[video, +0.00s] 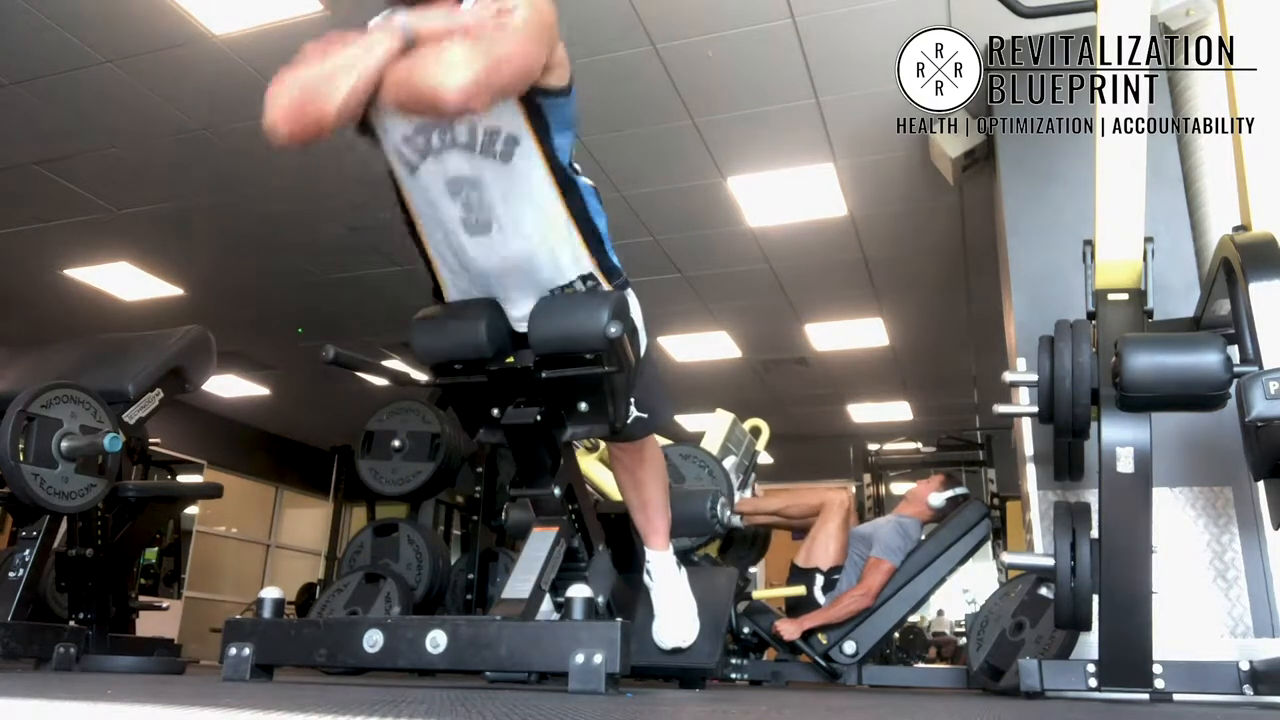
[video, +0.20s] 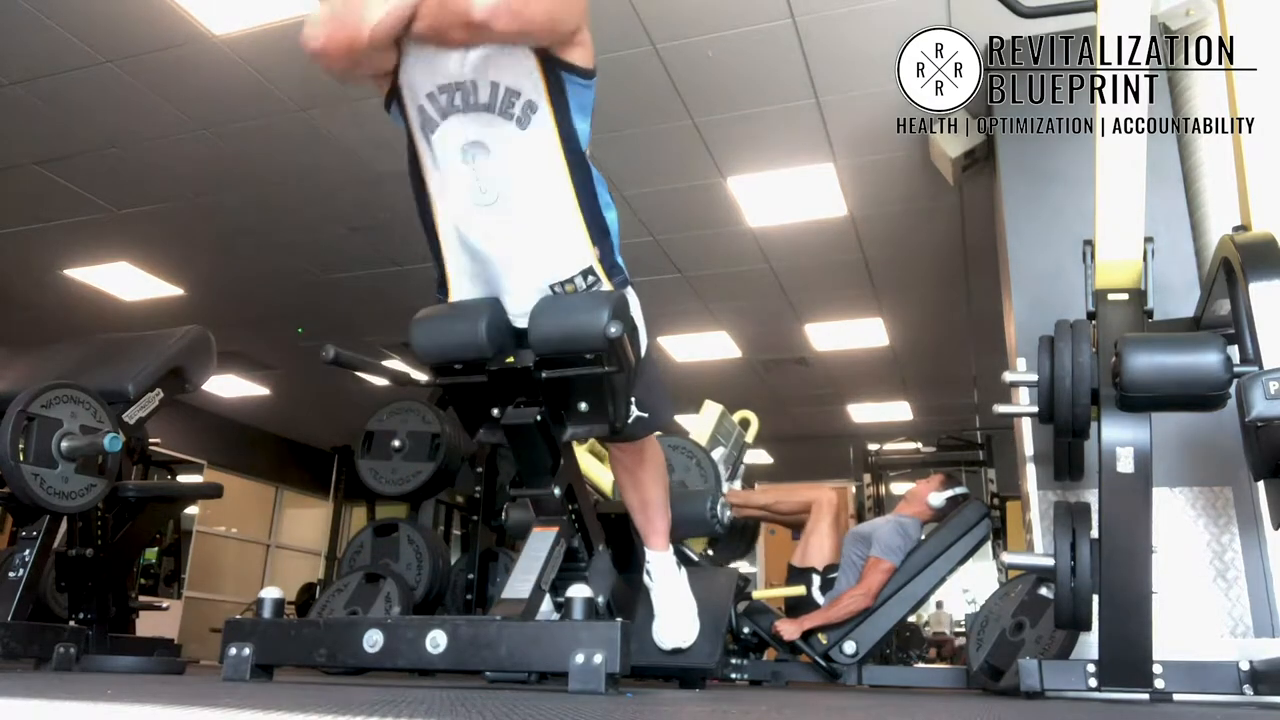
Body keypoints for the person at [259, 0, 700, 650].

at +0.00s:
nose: (435, 5)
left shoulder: (524, 14)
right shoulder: (363, 45)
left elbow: (458, 87)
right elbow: (283, 119)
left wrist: (359, 67)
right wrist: (397, 34)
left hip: (576, 286)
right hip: (478, 303)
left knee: (629, 425)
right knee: (520, 442)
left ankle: (661, 564)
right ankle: (549, 547)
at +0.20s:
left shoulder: (560, 11)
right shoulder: (410, 45)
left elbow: (470, 21)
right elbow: (329, 44)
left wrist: (383, 17)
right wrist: (418, 5)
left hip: (575, 258)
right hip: (473, 274)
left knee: (627, 420)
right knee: (508, 431)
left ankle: (660, 561)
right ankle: (542, 554)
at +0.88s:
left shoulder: (542, 11)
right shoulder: (379, 49)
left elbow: (463, 51)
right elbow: (293, 82)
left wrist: (363, 40)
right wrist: (407, 7)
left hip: (577, 283)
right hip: (475, 303)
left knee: (629, 426)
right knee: (520, 437)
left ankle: (660, 559)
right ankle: (546, 530)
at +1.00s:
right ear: (368, 2)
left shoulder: (514, 29)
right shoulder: (348, 59)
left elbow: (451, 123)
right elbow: (276, 155)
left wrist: (337, 87)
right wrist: (394, 58)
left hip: (575, 291)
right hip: (476, 309)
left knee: (628, 423)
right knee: (519, 441)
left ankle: (661, 564)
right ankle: (550, 537)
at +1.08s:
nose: (354, 5)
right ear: (335, 8)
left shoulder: (506, 51)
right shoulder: (331, 87)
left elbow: (451, 166)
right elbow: (274, 205)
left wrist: (337, 130)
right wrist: (392, 101)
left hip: (571, 291)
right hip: (471, 309)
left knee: (628, 420)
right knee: (509, 442)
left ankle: (660, 564)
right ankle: (550, 540)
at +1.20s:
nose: (334, 87)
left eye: (353, 60)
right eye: (319, 65)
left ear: (409, 42)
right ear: (306, 62)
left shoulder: (492, 110)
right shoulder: (300, 157)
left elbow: (455, 276)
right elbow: (281, 306)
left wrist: (343, 225)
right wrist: (388, 204)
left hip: (573, 293)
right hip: (472, 315)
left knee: (627, 413)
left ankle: (661, 564)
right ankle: (548, 533)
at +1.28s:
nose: (329, 141)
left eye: (346, 113)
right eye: (311, 118)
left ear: (401, 81)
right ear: (295, 106)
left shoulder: (491, 146)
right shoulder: (296, 190)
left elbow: (463, 326)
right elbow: (288, 350)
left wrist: (349, 270)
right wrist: (387, 254)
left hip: (571, 298)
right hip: (470, 329)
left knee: (625, 410)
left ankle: (661, 563)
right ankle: (550, 529)